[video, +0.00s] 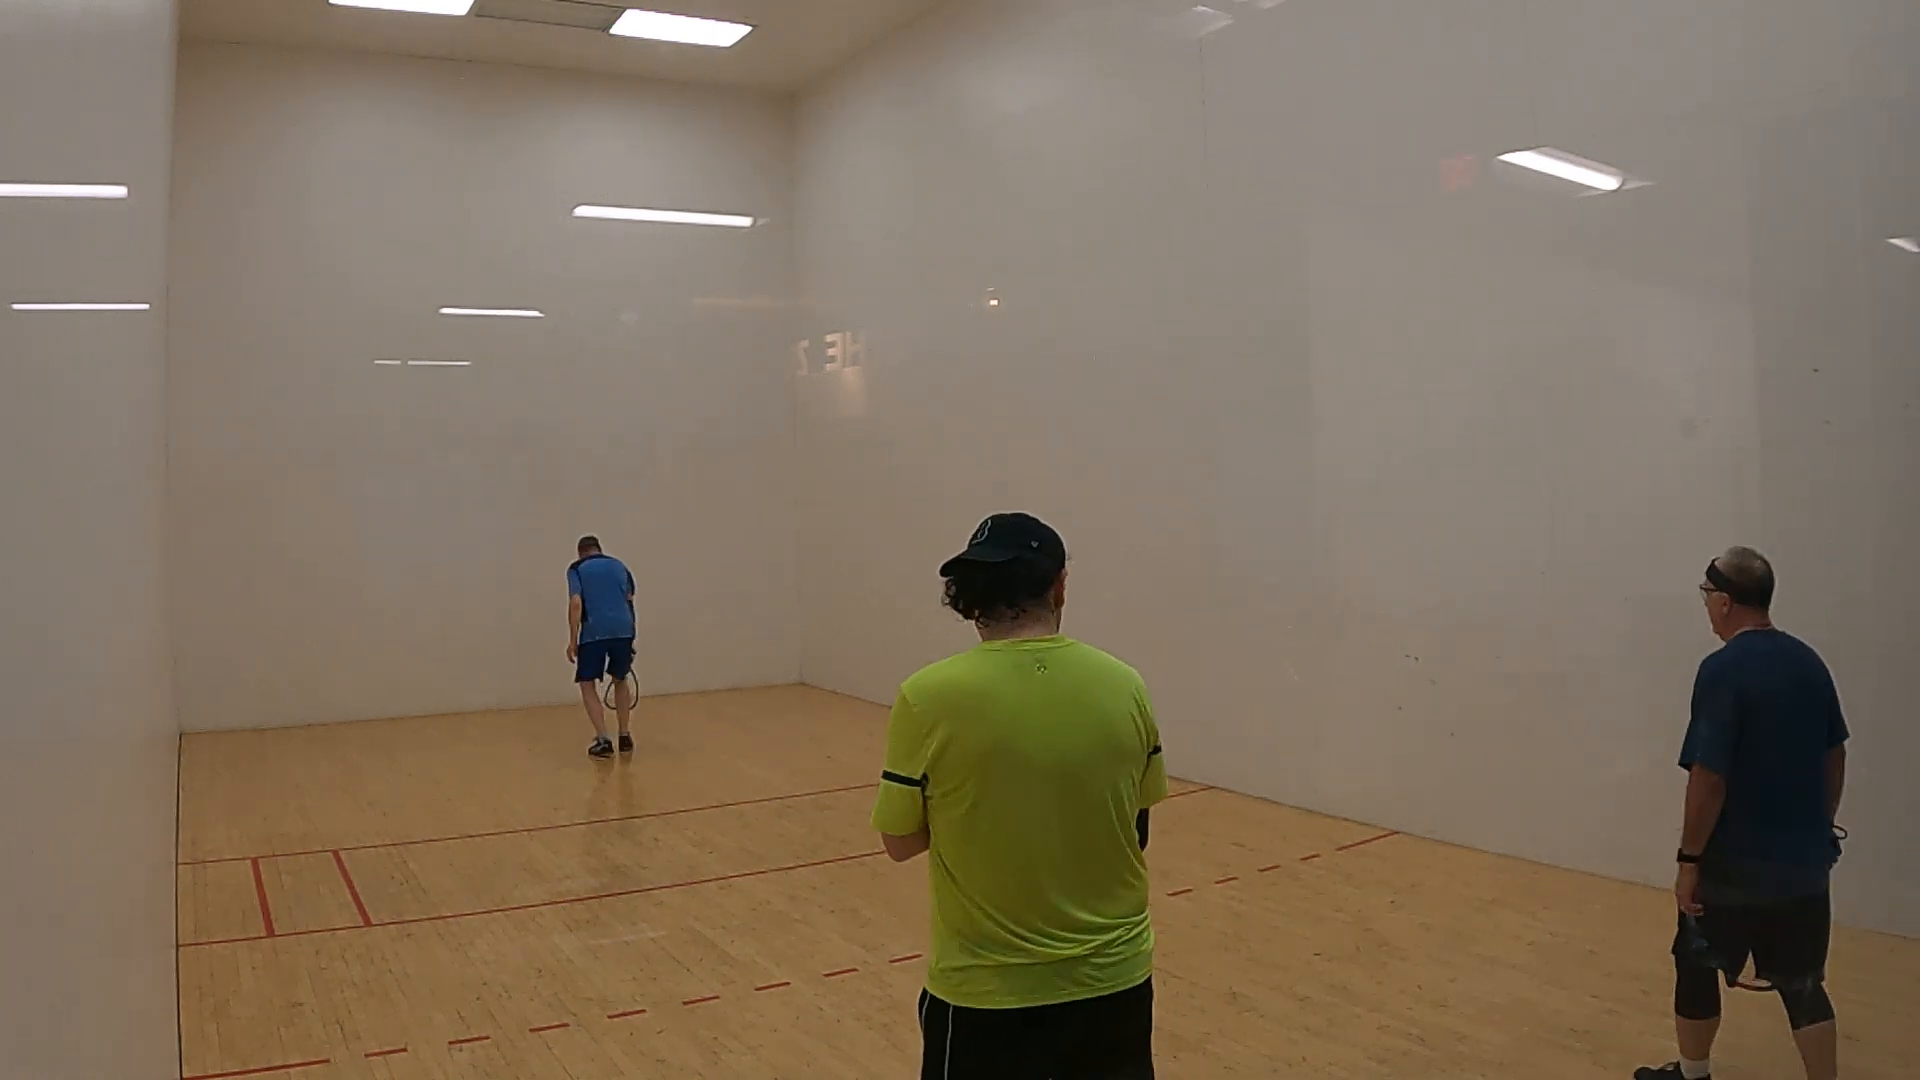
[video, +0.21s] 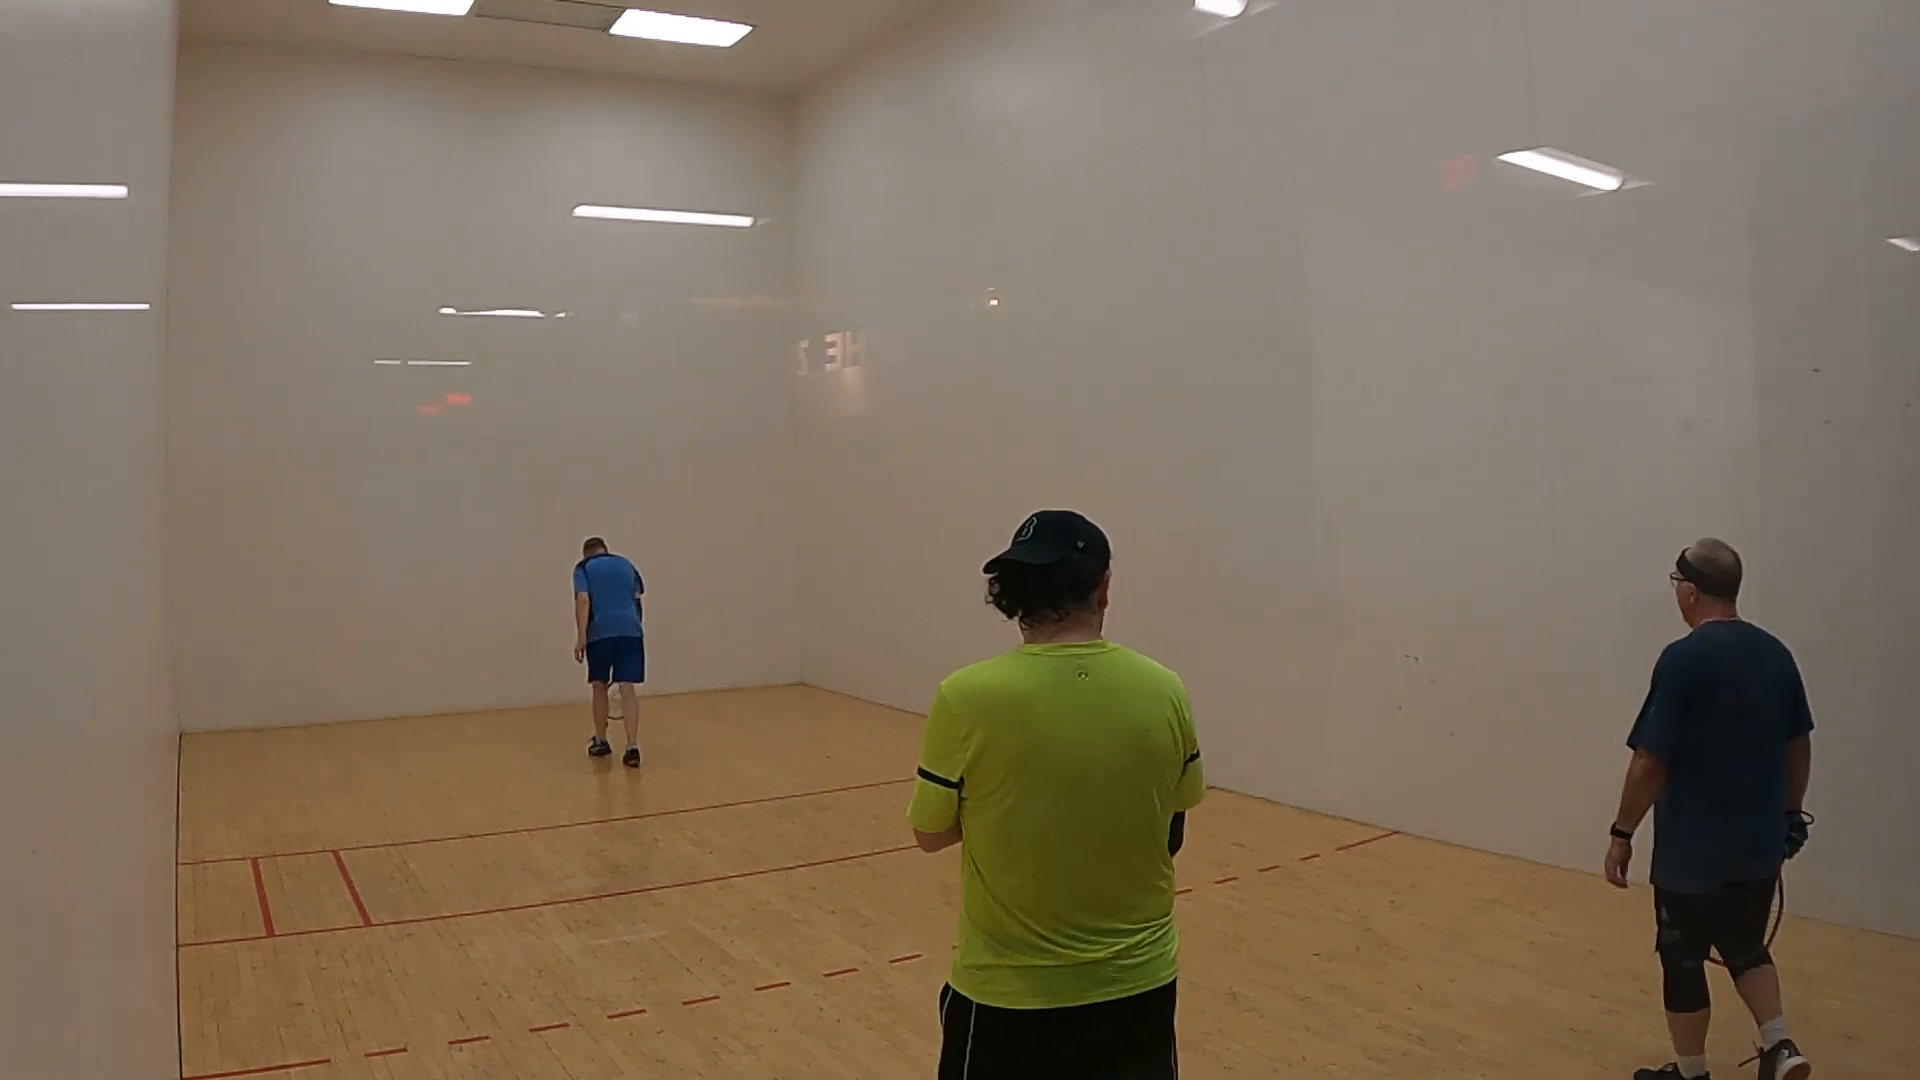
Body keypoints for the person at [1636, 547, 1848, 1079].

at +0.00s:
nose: (1707, 605)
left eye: (1709, 595)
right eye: (1707, 595)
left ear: (1724, 601)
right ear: (1764, 599)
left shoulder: (1722, 669)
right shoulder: (1809, 662)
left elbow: (1707, 778)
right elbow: (1833, 756)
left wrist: (1688, 859)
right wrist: (1821, 829)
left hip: (1733, 862)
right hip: (1802, 863)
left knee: (1695, 957)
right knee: (1802, 983)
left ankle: (1692, 1071)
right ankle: (1825, 1076)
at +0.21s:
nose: (1676, 593)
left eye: (1678, 584)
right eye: (1677, 583)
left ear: (1690, 590)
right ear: (1734, 589)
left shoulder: (1681, 659)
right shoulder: (1775, 654)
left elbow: (1650, 761)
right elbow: (1798, 748)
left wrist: (1622, 832)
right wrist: (1791, 817)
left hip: (1689, 846)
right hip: (1759, 842)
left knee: (1680, 955)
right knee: (1743, 942)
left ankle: (1689, 1069)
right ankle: (1777, 1045)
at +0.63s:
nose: (1623, 595)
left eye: (1625, 586)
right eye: (1624, 585)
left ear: (1637, 591)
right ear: (1679, 588)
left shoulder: (1633, 656)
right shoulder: (1721, 648)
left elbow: (1603, 750)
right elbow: (1743, 729)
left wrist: (1573, 806)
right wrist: (1734, 796)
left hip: (1646, 832)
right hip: (1706, 828)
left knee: (1659, 942)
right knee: (1657, 928)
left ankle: (1687, 1065)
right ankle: (1629, 1023)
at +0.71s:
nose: (1617, 589)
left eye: (1619, 581)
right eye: (1619, 579)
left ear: (1632, 588)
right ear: (1672, 587)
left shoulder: (1627, 653)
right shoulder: (1709, 646)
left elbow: (1601, 748)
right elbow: (1730, 729)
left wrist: (1575, 808)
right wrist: (1723, 798)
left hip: (1637, 827)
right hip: (1694, 823)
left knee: (1645, 941)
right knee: (1647, 925)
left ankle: (1681, 1060)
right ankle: (1628, 1022)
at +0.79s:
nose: (1610, 584)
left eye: (1612, 576)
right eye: (1611, 575)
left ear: (1626, 582)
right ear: (1663, 583)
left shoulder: (1622, 646)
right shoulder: (1699, 643)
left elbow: (1602, 741)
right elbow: (1716, 727)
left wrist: (1579, 811)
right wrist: (1707, 797)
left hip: (1630, 819)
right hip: (1685, 818)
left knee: (1607, 922)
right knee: (1652, 919)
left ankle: (1667, 1045)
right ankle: (1630, 1019)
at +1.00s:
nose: (1584, 579)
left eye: (1587, 571)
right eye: (1586, 570)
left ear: (1602, 577)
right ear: (1636, 578)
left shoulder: (1604, 639)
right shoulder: (1670, 634)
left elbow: (1597, 729)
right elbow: (1683, 716)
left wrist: (1587, 807)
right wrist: (1662, 781)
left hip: (1603, 810)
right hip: (1663, 811)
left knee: (1558, 892)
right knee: (1642, 911)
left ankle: (1594, 1005)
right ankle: (1629, 1025)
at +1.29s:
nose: (1542, 583)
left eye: (1545, 574)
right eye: (1543, 574)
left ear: (1561, 579)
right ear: (1591, 580)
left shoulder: (1561, 641)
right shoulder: (1627, 634)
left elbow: (1553, 735)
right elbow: (1635, 710)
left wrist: (1543, 807)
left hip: (1561, 810)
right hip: (1620, 808)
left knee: (1529, 895)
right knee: (1617, 907)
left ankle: (1525, 1002)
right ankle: (1625, 1017)